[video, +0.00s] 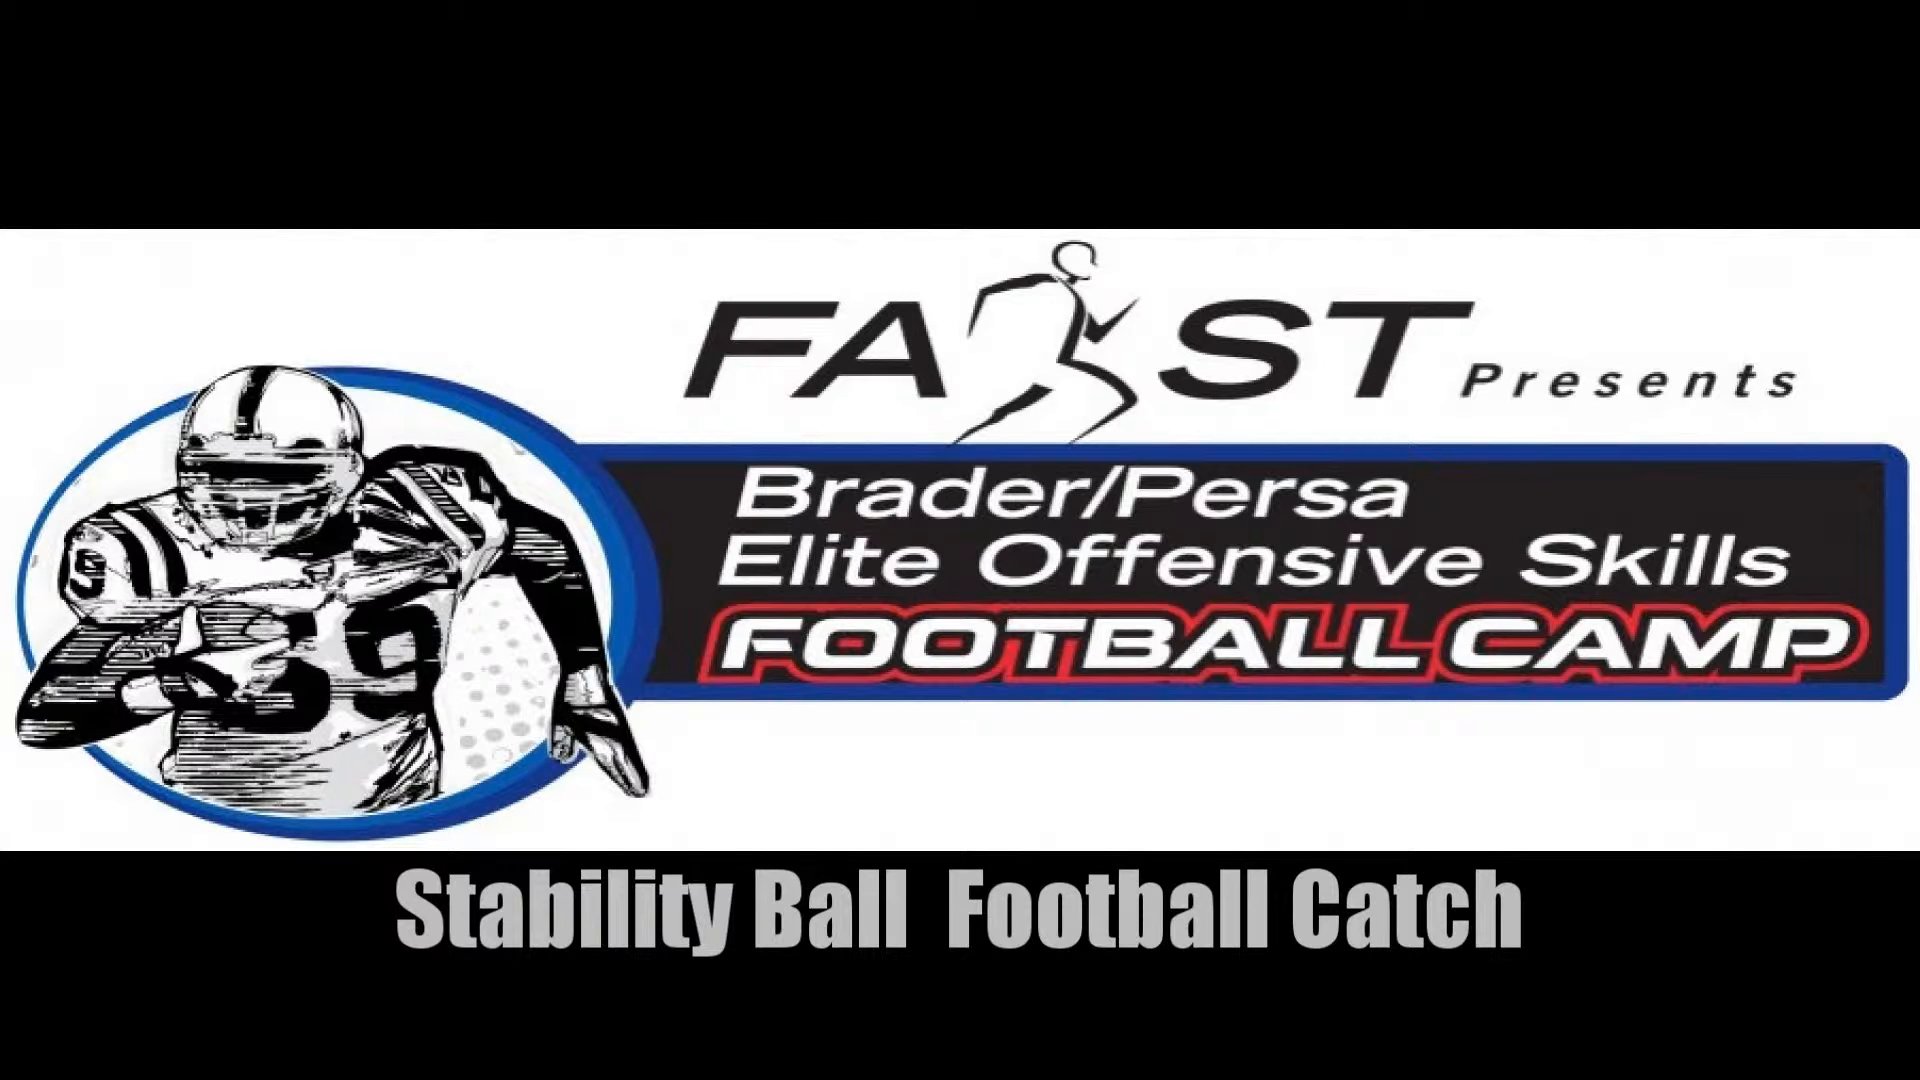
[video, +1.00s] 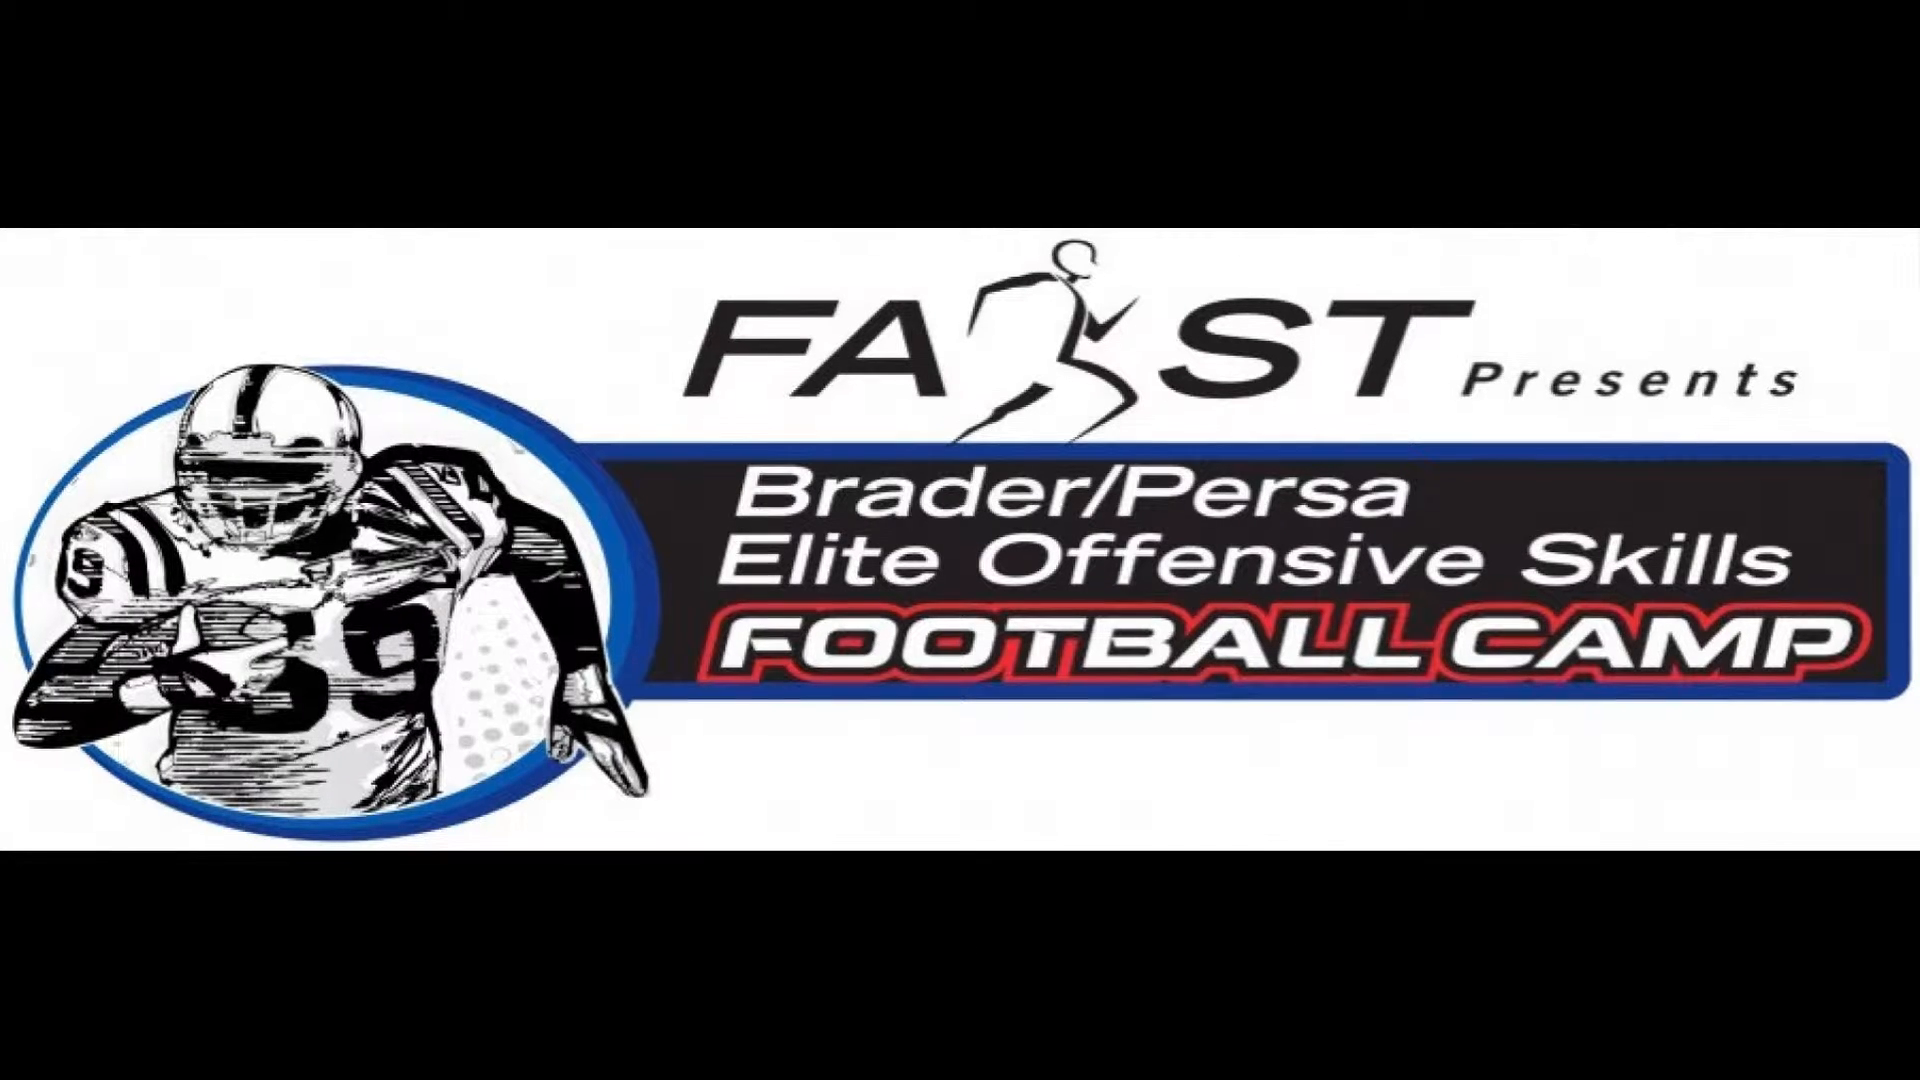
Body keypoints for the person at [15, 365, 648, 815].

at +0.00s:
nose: (252, 515)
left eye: (280, 494)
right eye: (229, 492)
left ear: (336, 480)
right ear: (194, 479)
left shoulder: (425, 508)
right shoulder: (142, 549)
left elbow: (546, 548)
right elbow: (43, 716)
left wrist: (585, 671)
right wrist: (175, 683)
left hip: (386, 814)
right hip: (218, 816)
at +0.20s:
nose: (252, 515)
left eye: (280, 494)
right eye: (229, 492)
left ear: (336, 480)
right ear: (194, 479)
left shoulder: (425, 508)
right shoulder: (142, 549)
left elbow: (546, 548)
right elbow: (43, 716)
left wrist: (585, 671)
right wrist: (175, 683)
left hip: (386, 814)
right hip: (218, 816)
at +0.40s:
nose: (252, 515)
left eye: (280, 493)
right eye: (229, 492)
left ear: (336, 480)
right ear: (194, 479)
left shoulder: (426, 508)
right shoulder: (142, 549)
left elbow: (546, 548)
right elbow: (43, 716)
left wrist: (585, 671)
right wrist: (175, 683)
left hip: (387, 812)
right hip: (218, 815)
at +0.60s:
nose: (252, 515)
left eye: (280, 493)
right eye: (229, 492)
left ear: (336, 480)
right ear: (194, 479)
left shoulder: (426, 508)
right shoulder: (142, 549)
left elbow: (546, 548)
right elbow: (43, 716)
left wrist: (585, 671)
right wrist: (175, 683)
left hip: (387, 812)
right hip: (218, 815)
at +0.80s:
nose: (253, 514)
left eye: (281, 492)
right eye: (230, 491)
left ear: (337, 479)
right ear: (194, 478)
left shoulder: (425, 507)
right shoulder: (140, 549)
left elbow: (545, 547)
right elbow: (43, 716)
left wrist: (585, 672)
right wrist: (173, 684)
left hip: (388, 811)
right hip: (219, 815)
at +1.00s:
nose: (251, 512)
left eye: (279, 490)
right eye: (228, 489)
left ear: (336, 478)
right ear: (192, 478)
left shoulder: (422, 506)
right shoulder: (139, 548)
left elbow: (544, 546)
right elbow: (40, 715)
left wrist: (584, 671)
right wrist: (170, 682)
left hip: (386, 811)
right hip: (217, 815)